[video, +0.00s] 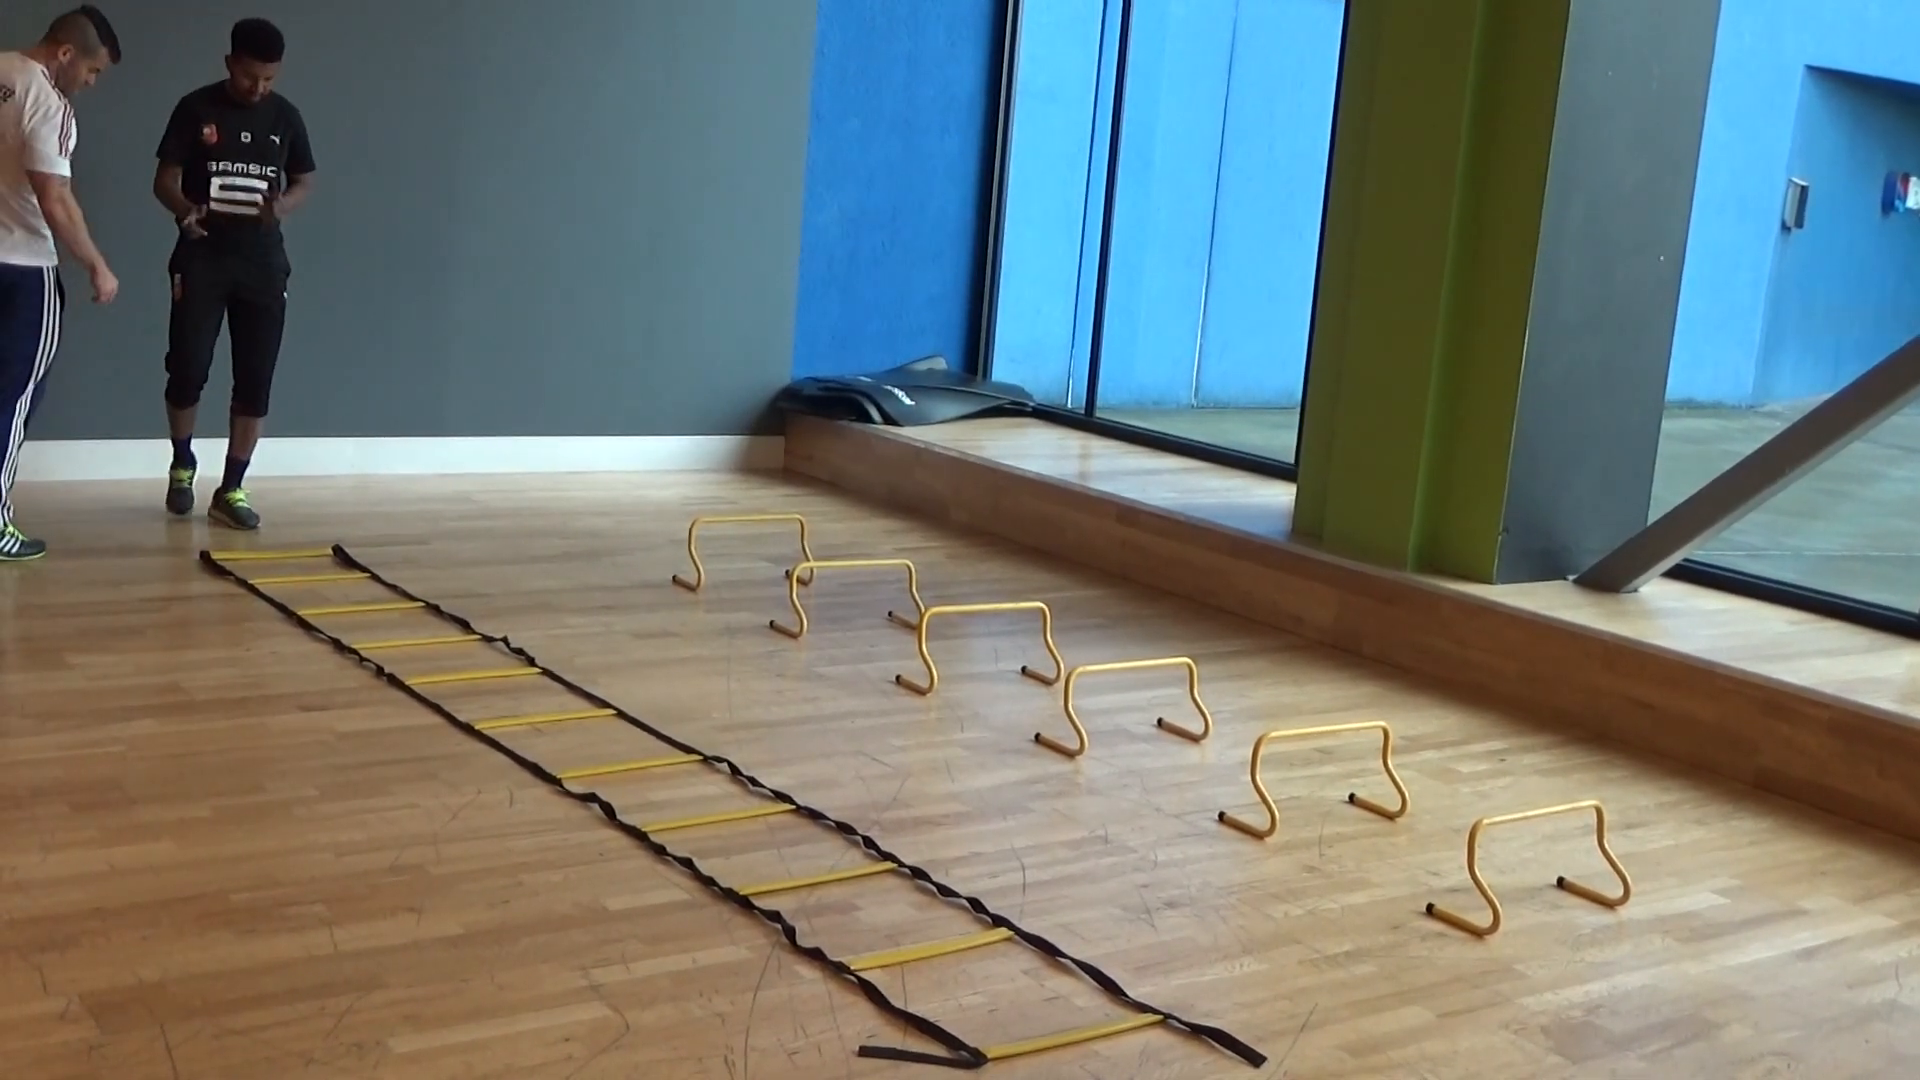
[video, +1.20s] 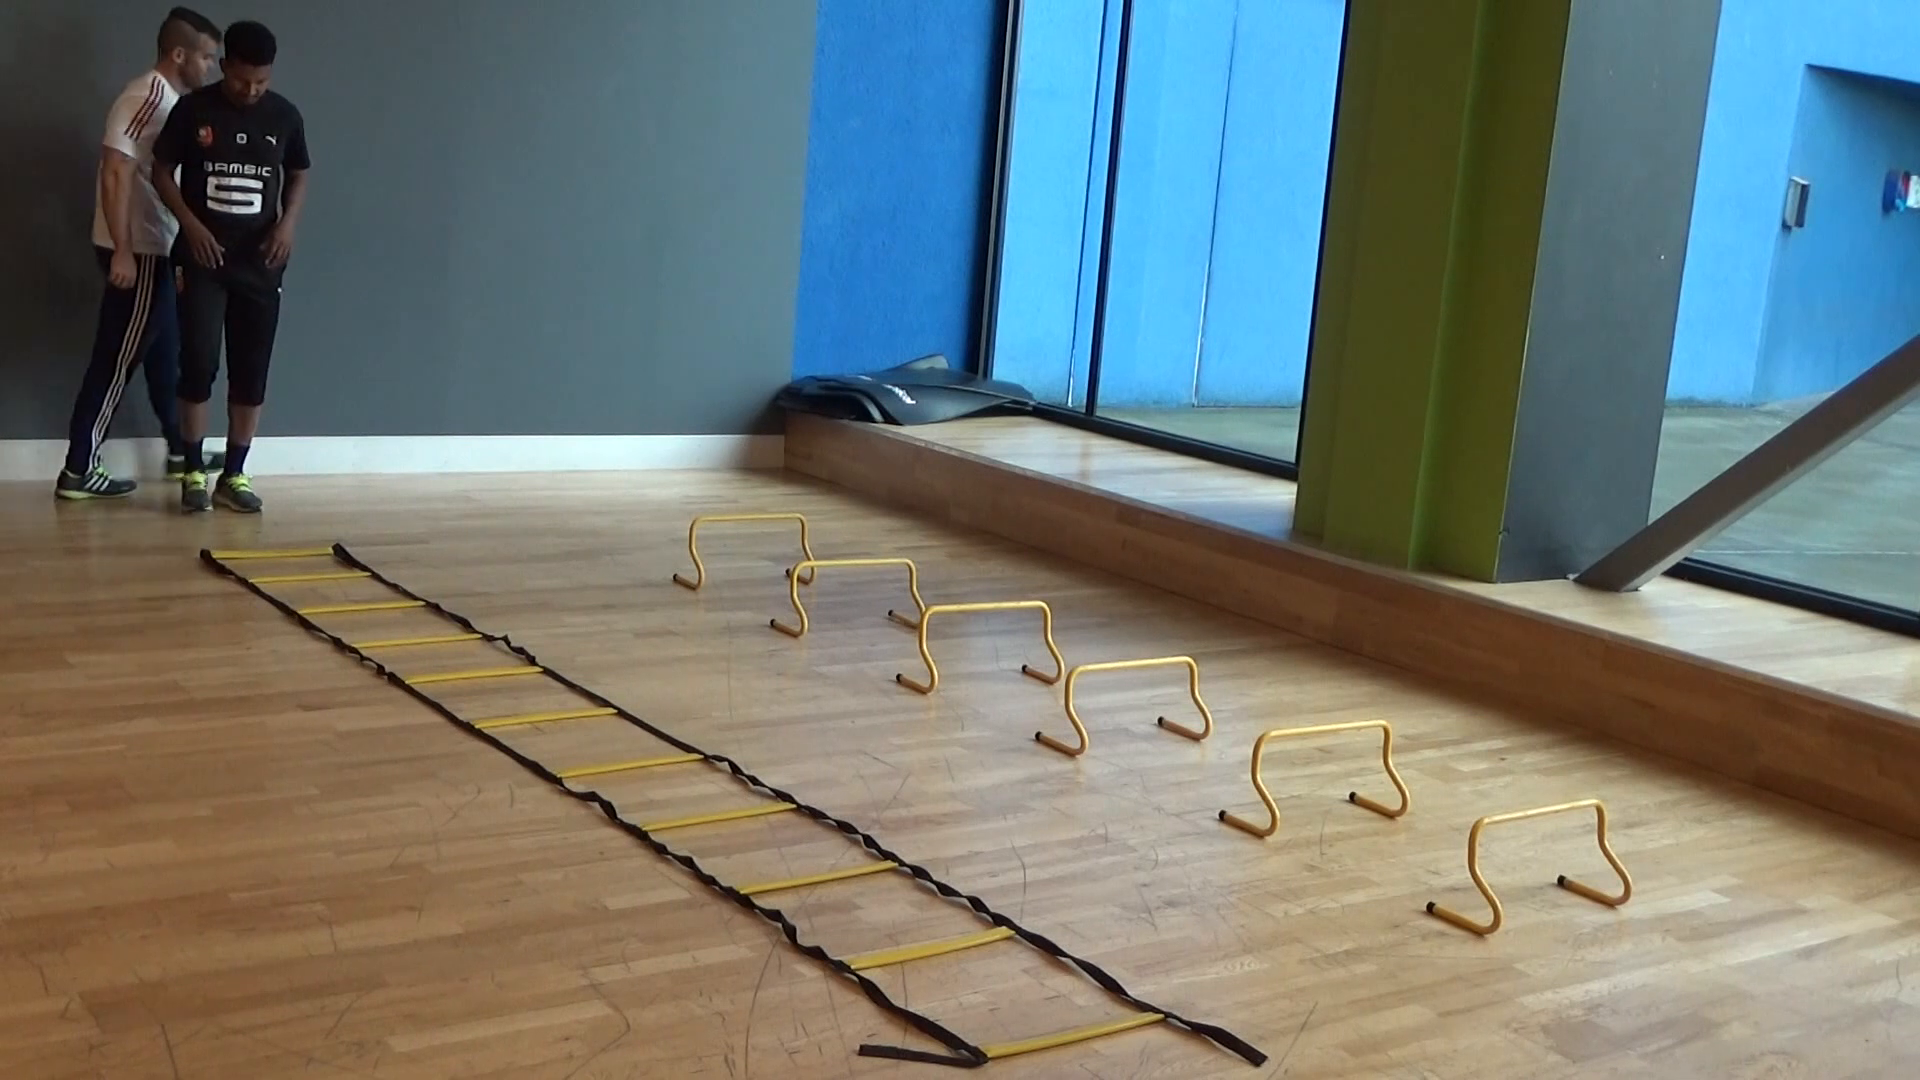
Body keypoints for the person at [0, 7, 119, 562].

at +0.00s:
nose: (88, 85)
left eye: (94, 77)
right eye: (90, 73)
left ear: (58, 48)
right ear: (63, 51)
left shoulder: (7, 69)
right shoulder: (45, 100)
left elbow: (49, 191)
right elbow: (54, 198)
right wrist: (97, 263)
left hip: (6, 264)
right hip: (22, 269)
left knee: (12, 395)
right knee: (15, 396)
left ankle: (2, 520)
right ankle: (0, 522)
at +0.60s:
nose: (113, 60)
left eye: (115, 50)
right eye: (112, 49)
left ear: (70, 41)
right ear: (89, 45)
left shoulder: (15, 74)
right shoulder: (67, 92)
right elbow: (53, 173)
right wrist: (68, 252)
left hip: (10, 249)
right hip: (58, 252)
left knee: (4, 366)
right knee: (78, 363)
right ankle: (55, 479)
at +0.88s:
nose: (149, 60)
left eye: (150, 50)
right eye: (148, 50)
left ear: (102, 44)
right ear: (129, 49)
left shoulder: (58, 84)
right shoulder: (105, 100)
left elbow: (59, 176)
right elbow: (91, 182)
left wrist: (116, 234)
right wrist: (111, 258)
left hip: (46, 251)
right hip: (93, 255)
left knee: (47, 353)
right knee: (107, 364)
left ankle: (1, 453)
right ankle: (81, 471)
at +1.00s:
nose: (170, 57)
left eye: (171, 49)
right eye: (167, 48)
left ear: (127, 44)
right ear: (145, 47)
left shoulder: (91, 82)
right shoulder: (121, 92)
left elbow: (97, 177)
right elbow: (102, 178)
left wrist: (137, 239)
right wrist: (121, 254)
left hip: (79, 242)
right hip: (106, 246)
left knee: (97, 343)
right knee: (114, 354)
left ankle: (45, 432)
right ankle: (81, 470)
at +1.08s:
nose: (188, 58)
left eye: (188, 49)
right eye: (182, 48)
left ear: (152, 48)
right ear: (157, 47)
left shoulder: (126, 87)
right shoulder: (130, 91)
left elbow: (127, 178)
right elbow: (105, 172)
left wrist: (147, 238)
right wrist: (121, 249)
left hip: (113, 243)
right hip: (111, 245)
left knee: (135, 341)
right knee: (117, 351)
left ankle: (88, 450)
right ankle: (79, 470)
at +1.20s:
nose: (212, 68)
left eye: (213, 59)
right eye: (208, 57)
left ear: (180, 55)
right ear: (179, 53)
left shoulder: (173, 98)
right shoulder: (150, 92)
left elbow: (164, 179)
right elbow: (114, 166)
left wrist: (175, 254)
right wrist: (121, 249)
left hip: (156, 248)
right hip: (135, 249)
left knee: (166, 354)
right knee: (118, 358)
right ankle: (79, 470)